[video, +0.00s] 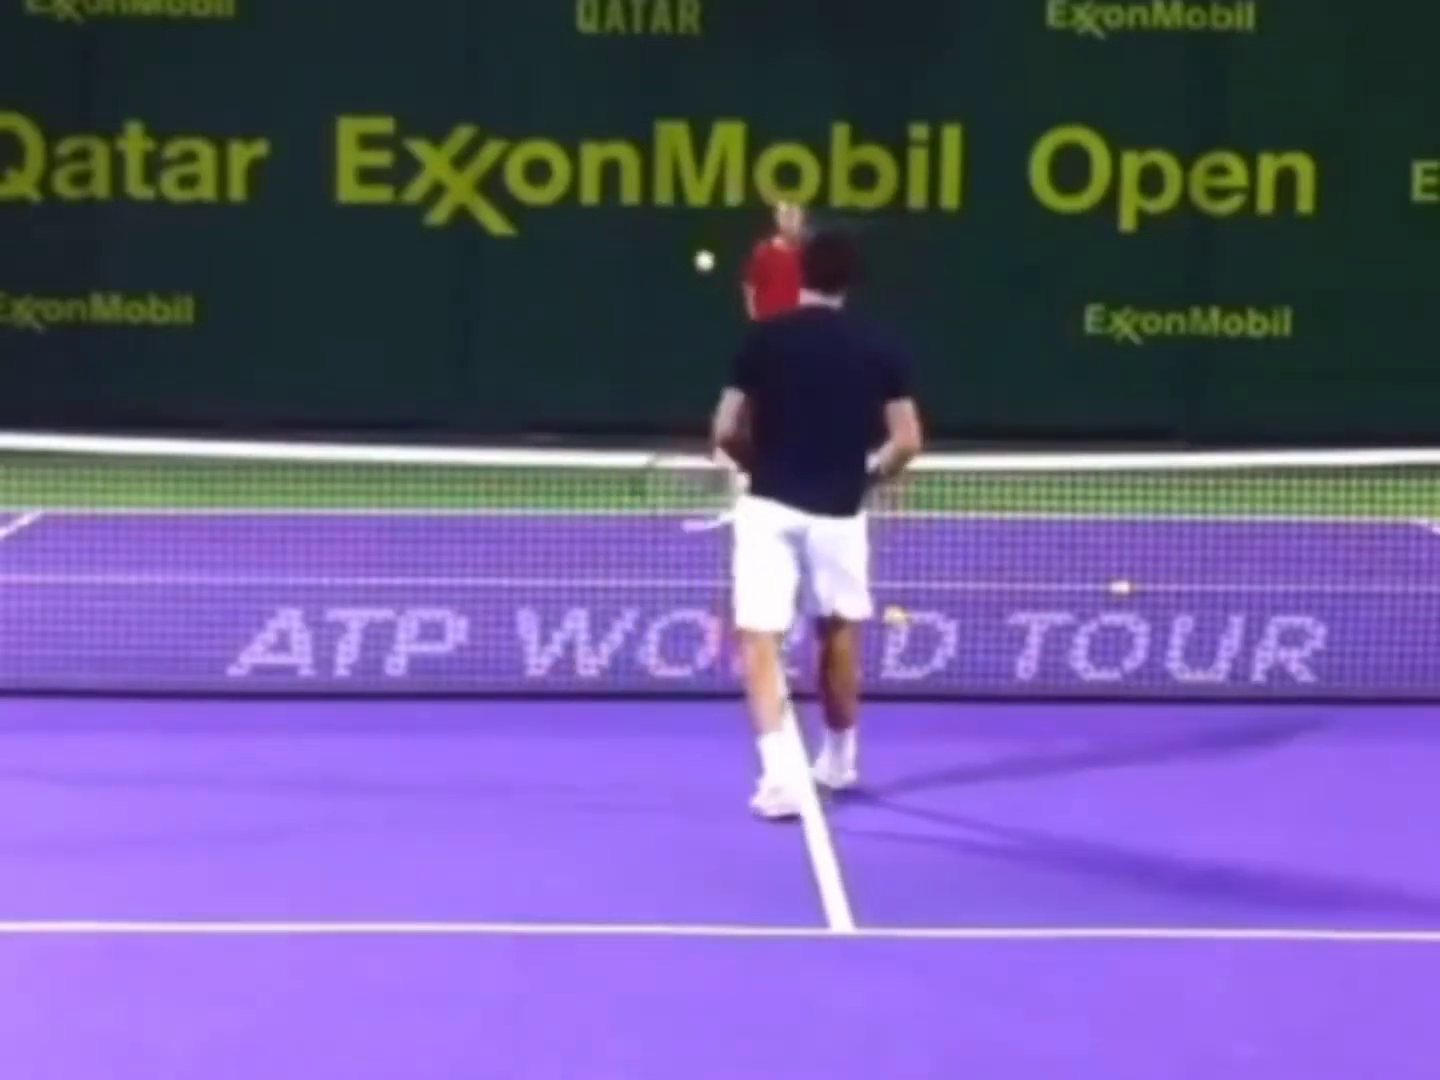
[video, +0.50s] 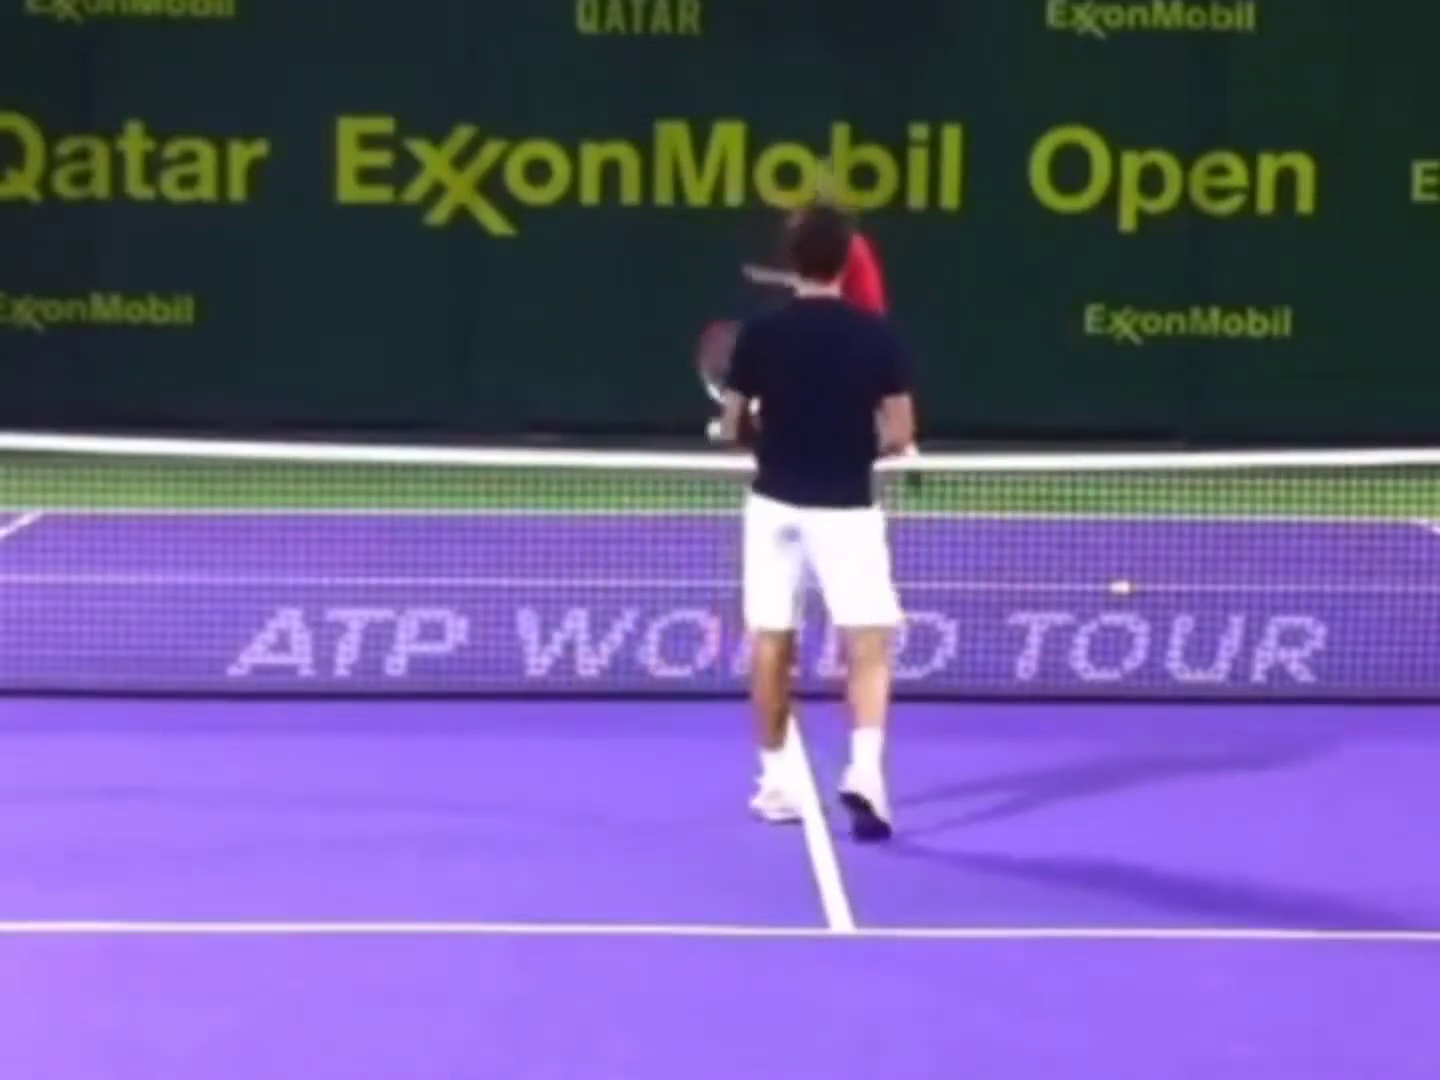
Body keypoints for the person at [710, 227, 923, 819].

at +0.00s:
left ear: (800, 278)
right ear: (852, 282)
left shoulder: (765, 337)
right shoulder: (874, 345)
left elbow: (726, 429)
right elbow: (906, 439)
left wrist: (764, 462)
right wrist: (867, 472)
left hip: (768, 505)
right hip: (840, 514)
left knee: (760, 642)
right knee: (841, 634)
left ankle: (783, 774)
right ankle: (840, 760)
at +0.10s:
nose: (775, 273)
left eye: (778, 265)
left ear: (782, 270)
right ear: (838, 272)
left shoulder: (760, 335)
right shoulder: (864, 336)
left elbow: (718, 427)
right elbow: (901, 427)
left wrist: (765, 443)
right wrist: (865, 466)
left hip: (767, 503)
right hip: (839, 509)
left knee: (763, 641)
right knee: (844, 632)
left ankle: (784, 775)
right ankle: (848, 762)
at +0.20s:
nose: (830, 266)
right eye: (833, 258)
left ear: (779, 259)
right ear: (835, 260)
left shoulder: (749, 323)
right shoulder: (858, 326)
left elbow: (717, 414)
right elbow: (898, 415)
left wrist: (760, 415)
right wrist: (863, 450)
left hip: (769, 493)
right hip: (841, 497)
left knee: (769, 632)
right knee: (853, 625)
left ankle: (782, 771)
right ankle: (855, 766)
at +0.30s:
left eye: (786, 246)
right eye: (823, 248)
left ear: (776, 253)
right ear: (833, 255)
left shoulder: (749, 322)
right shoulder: (859, 323)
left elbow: (718, 413)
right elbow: (896, 415)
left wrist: (762, 415)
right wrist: (855, 439)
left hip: (769, 493)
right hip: (841, 496)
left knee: (770, 632)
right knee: (863, 626)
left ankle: (781, 770)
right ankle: (861, 761)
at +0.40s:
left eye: (787, 251)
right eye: (827, 251)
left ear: (779, 257)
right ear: (837, 257)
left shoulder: (754, 325)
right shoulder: (862, 326)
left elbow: (727, 418)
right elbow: (895, 420)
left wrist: (770, 421)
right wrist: (847, 438)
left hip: (770, 496)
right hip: (842, 501)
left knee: (770, 635)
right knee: (872, 624)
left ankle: (781, 774)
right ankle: (863, 755)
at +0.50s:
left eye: (800, 257)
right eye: (839, 254)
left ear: (790, 263)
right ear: (848, 262)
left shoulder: (761, 329)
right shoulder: (874, 334)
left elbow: (734, 418)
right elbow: (898, 431)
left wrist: (769, 428)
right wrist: (851, 444)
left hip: (772, 502)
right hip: (845, 508)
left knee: (770, 639)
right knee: (870, 638)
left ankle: (779, 775)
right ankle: (864, 767)